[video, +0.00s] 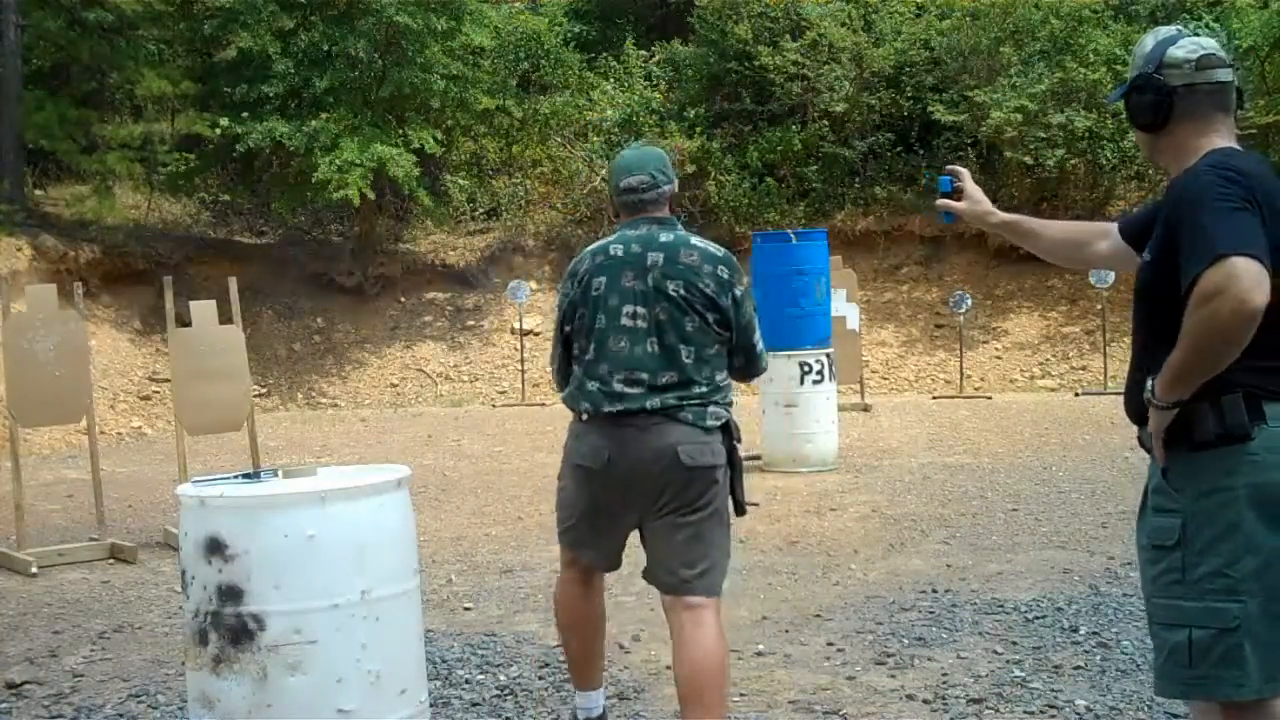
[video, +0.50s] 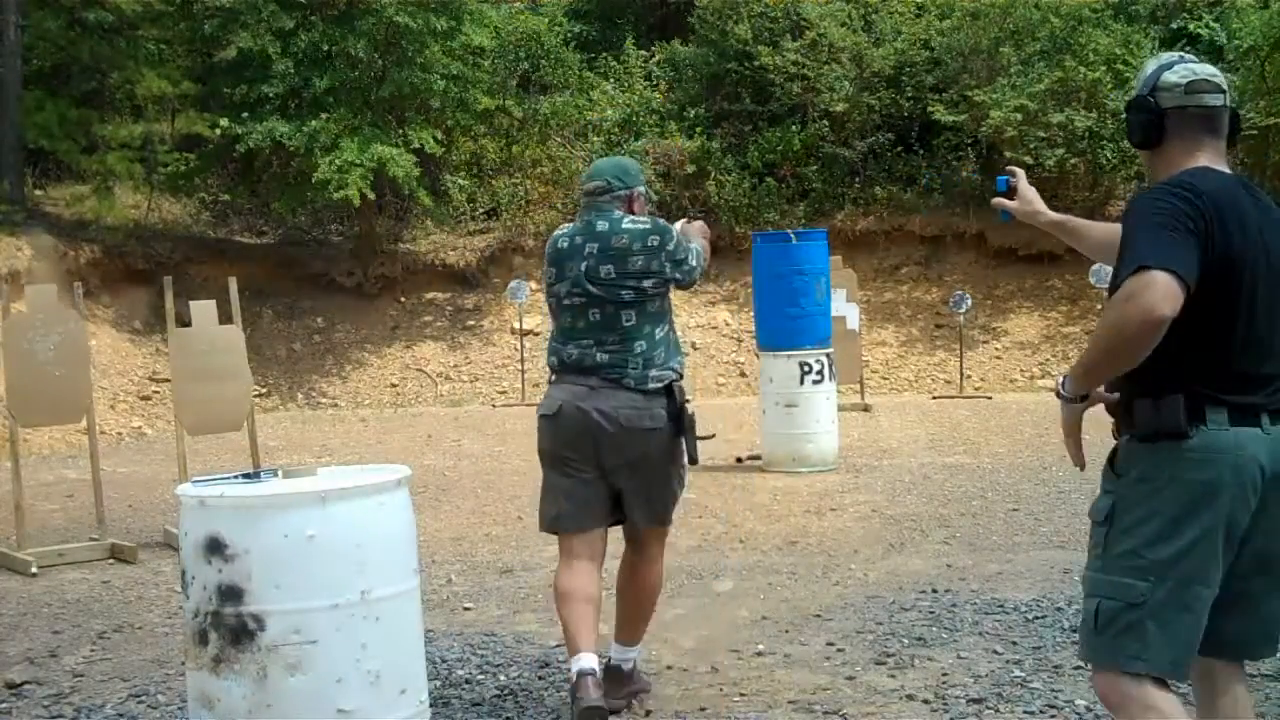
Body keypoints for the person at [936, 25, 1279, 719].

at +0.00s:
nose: (1136, 131)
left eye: (1136, 113)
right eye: (1135, 115)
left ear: (1154, 110)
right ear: (1225, 101)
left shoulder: (1210, 184)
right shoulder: (1242, 178)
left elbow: (1239, 292)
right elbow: (1106, 242)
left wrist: (1167, 394)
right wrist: (992, 217)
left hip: (1223, 457)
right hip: (1249, 446)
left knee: (1229, 693)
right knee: (1250, 686)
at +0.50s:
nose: (1137, 143)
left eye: (1140, 128)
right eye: (1140, 129)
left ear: (1147, 127)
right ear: (1225, 127)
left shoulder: (1168, 202)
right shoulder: (1262, 208)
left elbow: (1154, 301)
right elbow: (1144, 245)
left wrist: (1076, 385)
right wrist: (1045, 218)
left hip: (1181, 452)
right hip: (1268, 449)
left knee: (1125, 675)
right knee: (1221, 664)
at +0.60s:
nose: (1137, 139)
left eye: (1139, 125)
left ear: (1144, 127)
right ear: (1223, 128)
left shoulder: (1159, 206)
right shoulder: (1261, 211)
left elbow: (1130, 313)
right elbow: (1155, 247)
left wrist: (1048, 413)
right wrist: (1055, 219)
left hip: (1173, 450)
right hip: (1268, 448)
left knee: (1080, 654)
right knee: (1225, 654)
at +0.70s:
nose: (1134, 140)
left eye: (1135, 128)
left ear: (1139, 131)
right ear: (1216, 132)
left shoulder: (1142, 207)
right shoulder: (1257, 214)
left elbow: (1110, 317)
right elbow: (1170, 250)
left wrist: (1038, 433)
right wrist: (1062, 220)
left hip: (1161, 449)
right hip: (1261, 447)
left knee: (1065, 638)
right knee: (1225, 644)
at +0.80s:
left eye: (1124, 134)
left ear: (1127, 140)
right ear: (1204, 140)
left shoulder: (1121, 213)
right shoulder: (1245, 220)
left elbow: (1089, 318)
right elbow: (1174, 259)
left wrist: (1039, 441)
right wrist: (1071, 227)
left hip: (1144, 448)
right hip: (1250, 447)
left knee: (1059, 622)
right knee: (1226, 645)